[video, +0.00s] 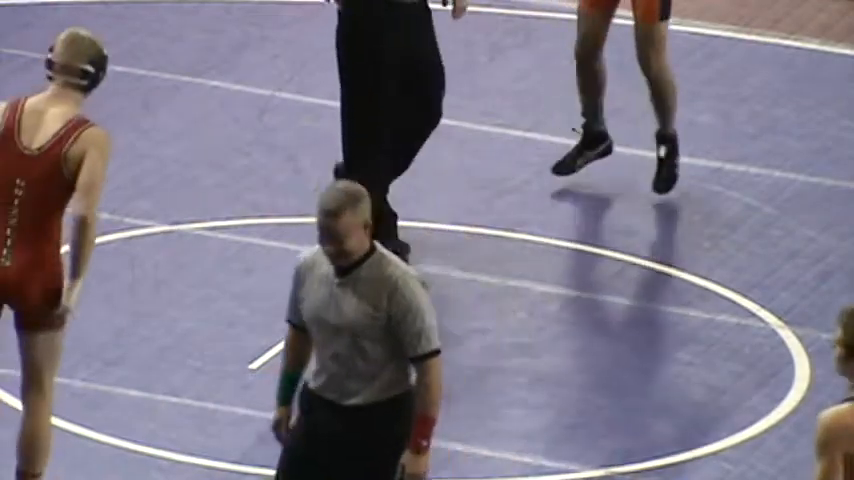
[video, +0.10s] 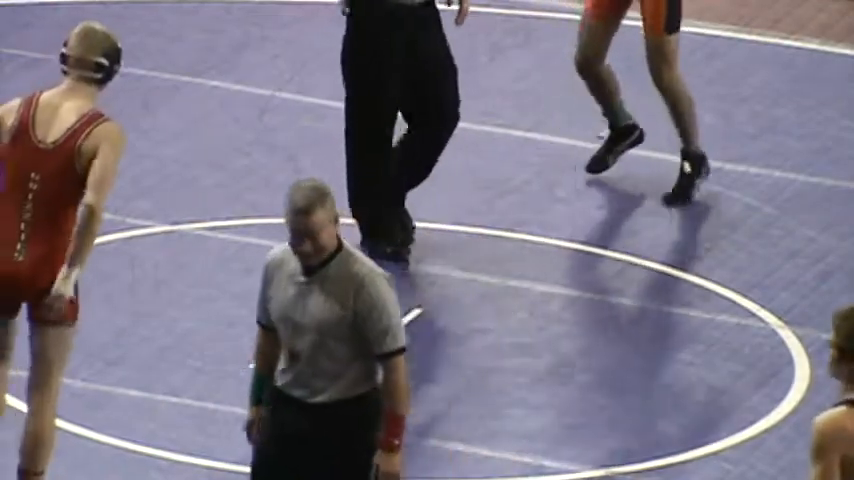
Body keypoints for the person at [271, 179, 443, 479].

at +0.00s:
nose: (330, 247)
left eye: (339, 239)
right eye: (324, 237)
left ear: (366, 230)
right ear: (317, 229)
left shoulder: (399, 283)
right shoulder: (310, 269)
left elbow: (429, 366)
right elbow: (299, 335)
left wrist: (420, 447)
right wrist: (284, 403)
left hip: (380, 415)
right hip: (320, 408)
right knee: (293, 472)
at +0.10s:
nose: (303, 245)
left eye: (312, 236)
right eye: (296, 235)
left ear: (335, 225)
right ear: (287, 227)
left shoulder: (367, 282)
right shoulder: (278, 265)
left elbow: (394, 365)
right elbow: (268, 334)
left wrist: (391, 446)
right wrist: (258, 402)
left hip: (347, 414)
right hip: (287, 410)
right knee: (267, 472)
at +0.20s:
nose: (285, 242)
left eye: (291, 230)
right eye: (273, 234)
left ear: (307, 217)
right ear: (259, 230)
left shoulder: (338, 279)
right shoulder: (250, 263)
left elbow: (363, 361)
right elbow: (241, 333)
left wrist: (359, 442)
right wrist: (227, 401)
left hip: (317, 410)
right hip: (262, 405)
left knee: (307, 473)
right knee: (249, 473)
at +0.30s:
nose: (262, 239)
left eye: (269, 227)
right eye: (250, 231)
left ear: (281, 215)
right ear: (232, 227)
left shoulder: (310, 275)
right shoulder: (223, 259)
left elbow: (337, 354)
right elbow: (214, 326)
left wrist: (323, 435)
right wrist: (194, 391)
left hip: (290, 404)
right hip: (238, 400)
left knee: (279, 473)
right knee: (235, 472)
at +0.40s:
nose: (237, 241)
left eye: (243, 228)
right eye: (225, 232)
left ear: (254, 216)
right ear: (205, 228)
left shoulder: (281, 276)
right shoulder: (197, 258)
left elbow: (310, 356)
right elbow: (186, 324)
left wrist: (285, 437)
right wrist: (160, 384)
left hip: (258, 407)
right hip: (213, 400)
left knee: (236, 474)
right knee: (219, 472)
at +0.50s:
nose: (207, 247)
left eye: (213, 235)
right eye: (195, 238)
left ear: (225, 223)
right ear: (177, 234)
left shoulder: (251, 286)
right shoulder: (169, 265)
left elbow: (280, 368)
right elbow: (158, 330)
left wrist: (253, 447)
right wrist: (126, 386)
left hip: (230, 413)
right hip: (188, 408)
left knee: (204, 473)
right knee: (201, 472)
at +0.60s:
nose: (167, 256)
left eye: (174, 245)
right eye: (157, 247)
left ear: (193, 232)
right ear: (146, 241)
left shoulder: (219, 297)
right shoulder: (141, 270)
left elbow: (245, 379)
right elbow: (129, 336)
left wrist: (225, 460)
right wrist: (98, 394)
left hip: (199, 422)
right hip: (156, 417)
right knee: (161, 471)